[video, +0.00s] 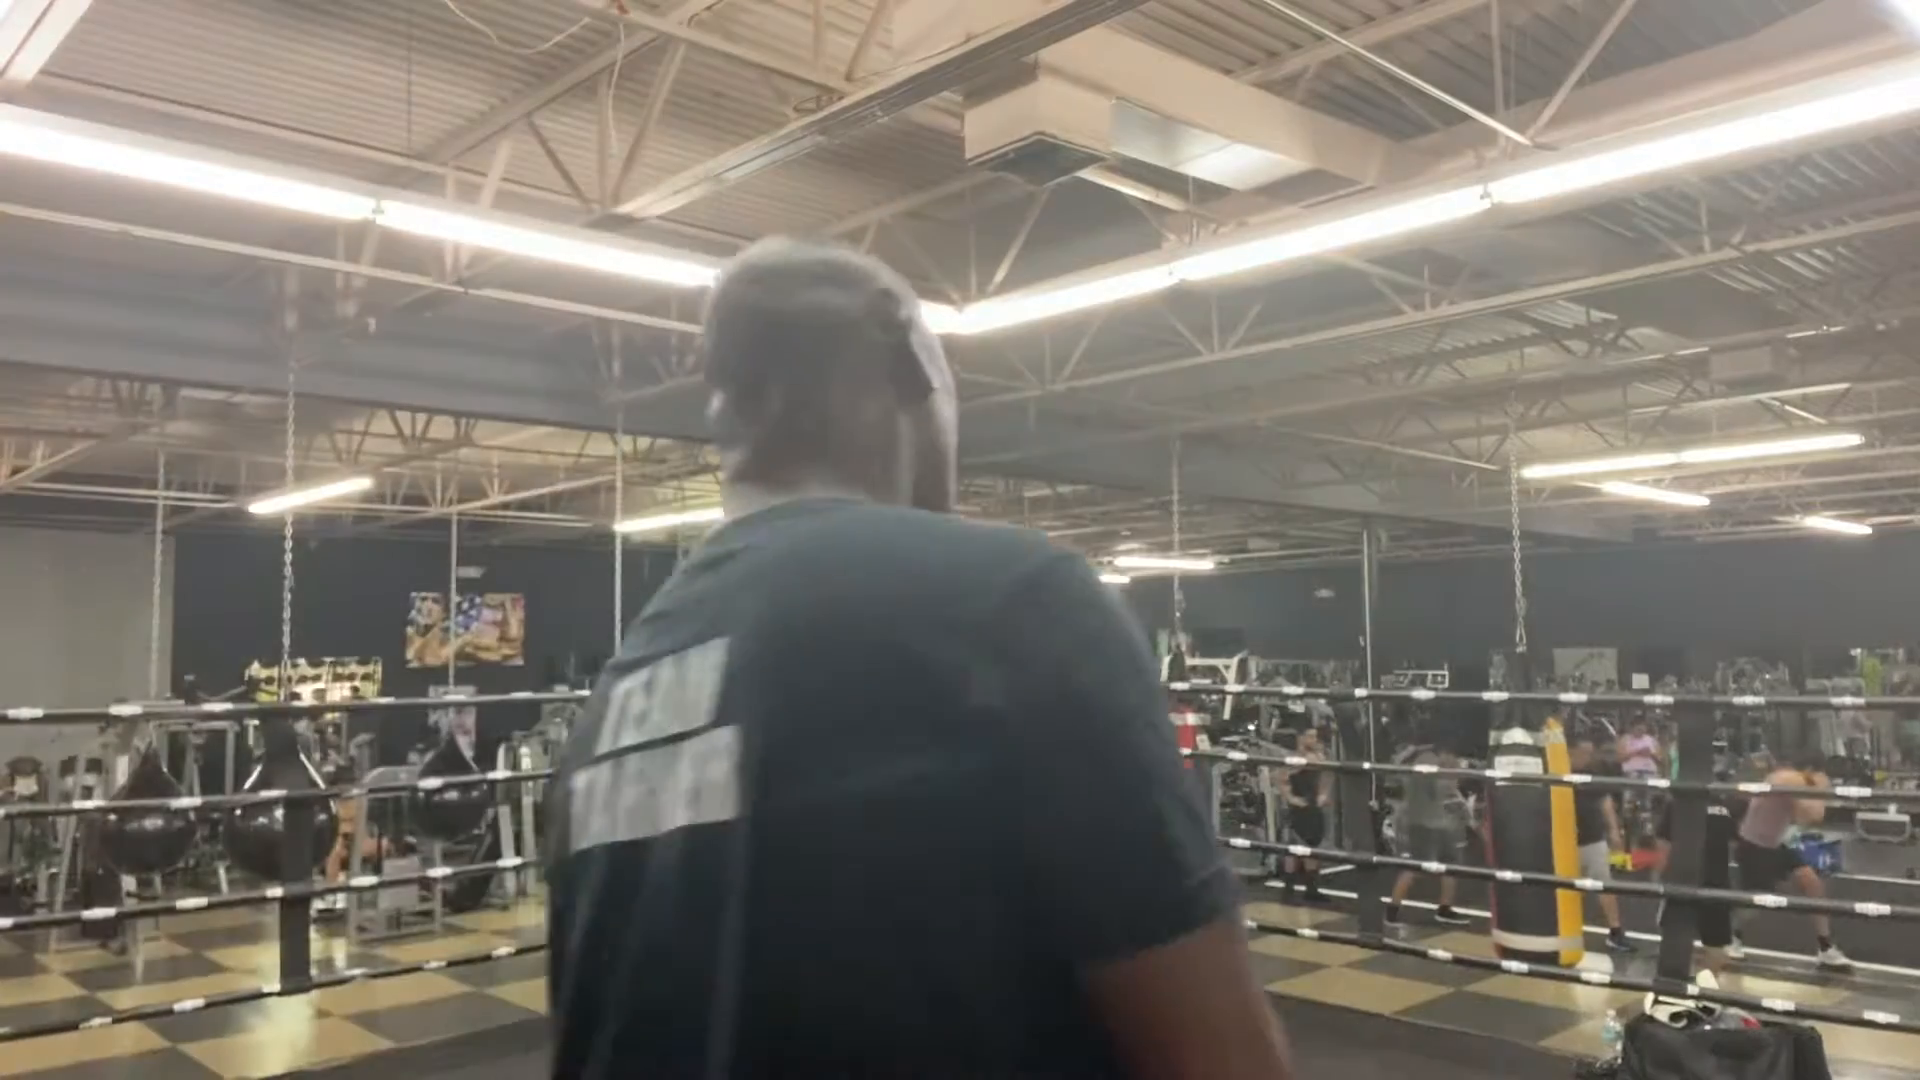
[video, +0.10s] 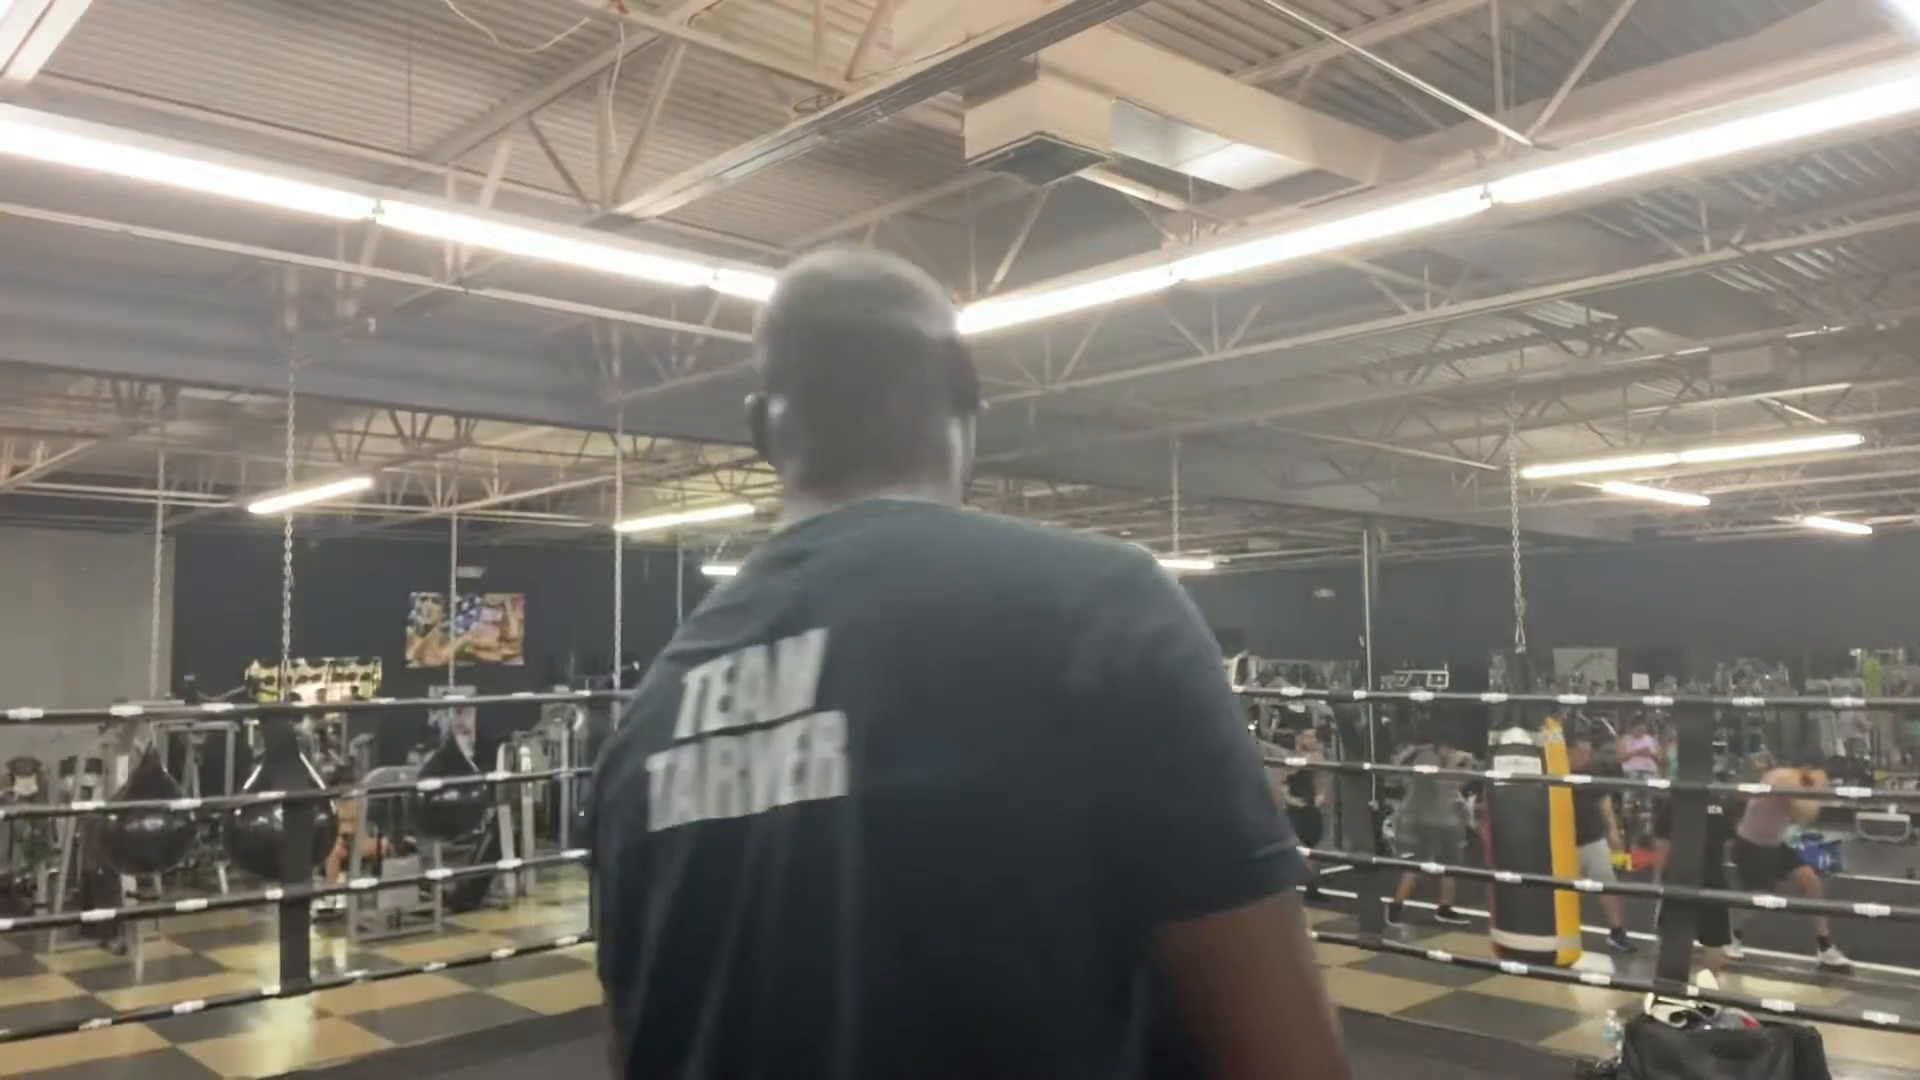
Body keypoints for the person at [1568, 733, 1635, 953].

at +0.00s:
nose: (1587, 758)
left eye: (1589, 753)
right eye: (1583, 753)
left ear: (1592, 754)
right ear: (1570, 752)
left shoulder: (1595, 774)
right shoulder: (1556, 773)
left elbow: (1605, 801)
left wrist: (1614, 831)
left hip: (1593, 836)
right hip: (1565, 840)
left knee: (1605, 884)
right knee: (1564, 889)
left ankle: (1615, 929)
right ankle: (1563, 934)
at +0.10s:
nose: (1585, 758)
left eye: (1588, 753)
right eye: (1581, 752)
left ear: (1591, 754)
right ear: (1569, 752)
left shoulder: (1594, 774)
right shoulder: (1557, 775)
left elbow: (1605, 803)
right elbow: (1550, 810)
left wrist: (1613, 831)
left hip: (1594, 838)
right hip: (1567, 842)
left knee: (1607, 884)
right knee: (1564, 890)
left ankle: (1617, 930)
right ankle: (1562, 934)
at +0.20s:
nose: (1585, 758)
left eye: (1587, 753)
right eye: (1580, 752)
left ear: (1590, 755)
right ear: (1568, 752)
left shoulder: (1593, 774)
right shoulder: (1556, 775)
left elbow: (1605, 802)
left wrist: (1613, 830)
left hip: (1595, 838)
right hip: (1568, 842)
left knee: (1610, 882)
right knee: (1564, 890)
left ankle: (1619, 928)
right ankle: (1563, 934)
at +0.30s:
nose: (1585, 757)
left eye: (1587, 753)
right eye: (1580, 752)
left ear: (1590, 754)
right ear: (1567, 752)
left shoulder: (1595, 773)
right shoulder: (1555, 774)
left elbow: (1607, 802)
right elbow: (1548, 809)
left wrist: (1615, 830)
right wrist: (1555, 839)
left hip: (1596, 839)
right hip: (1568, 842)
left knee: (1612, 885)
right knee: (1563, 891)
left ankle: (1626, 929)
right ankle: (1562, 935)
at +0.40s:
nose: (1590, 757)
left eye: (1592, 752)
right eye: (1584, 752)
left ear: (1596, 753)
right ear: (1568, 751)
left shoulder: (1600, 773)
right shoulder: (1557, 772)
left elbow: (1612, 802)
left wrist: (1618, 830)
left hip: (1599, 840)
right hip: (1569, 842)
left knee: (1611, 888)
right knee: (1563, 893)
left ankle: (1630, 930)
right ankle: (1560, 935)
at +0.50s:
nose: (1597, 757)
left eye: (1600, 753)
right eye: (1593, 752)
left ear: (1604, 754)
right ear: (1582, 752)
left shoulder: (1610, 774)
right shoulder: (1566, 774)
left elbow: (1619, 804)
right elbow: (1553, 804)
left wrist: (1624, 830)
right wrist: (1563, 827)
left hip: (1607, 843)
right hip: (1576, 845)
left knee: (1618, 890)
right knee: (1565, 893)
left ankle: (1632, 930)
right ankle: (1562, 935)